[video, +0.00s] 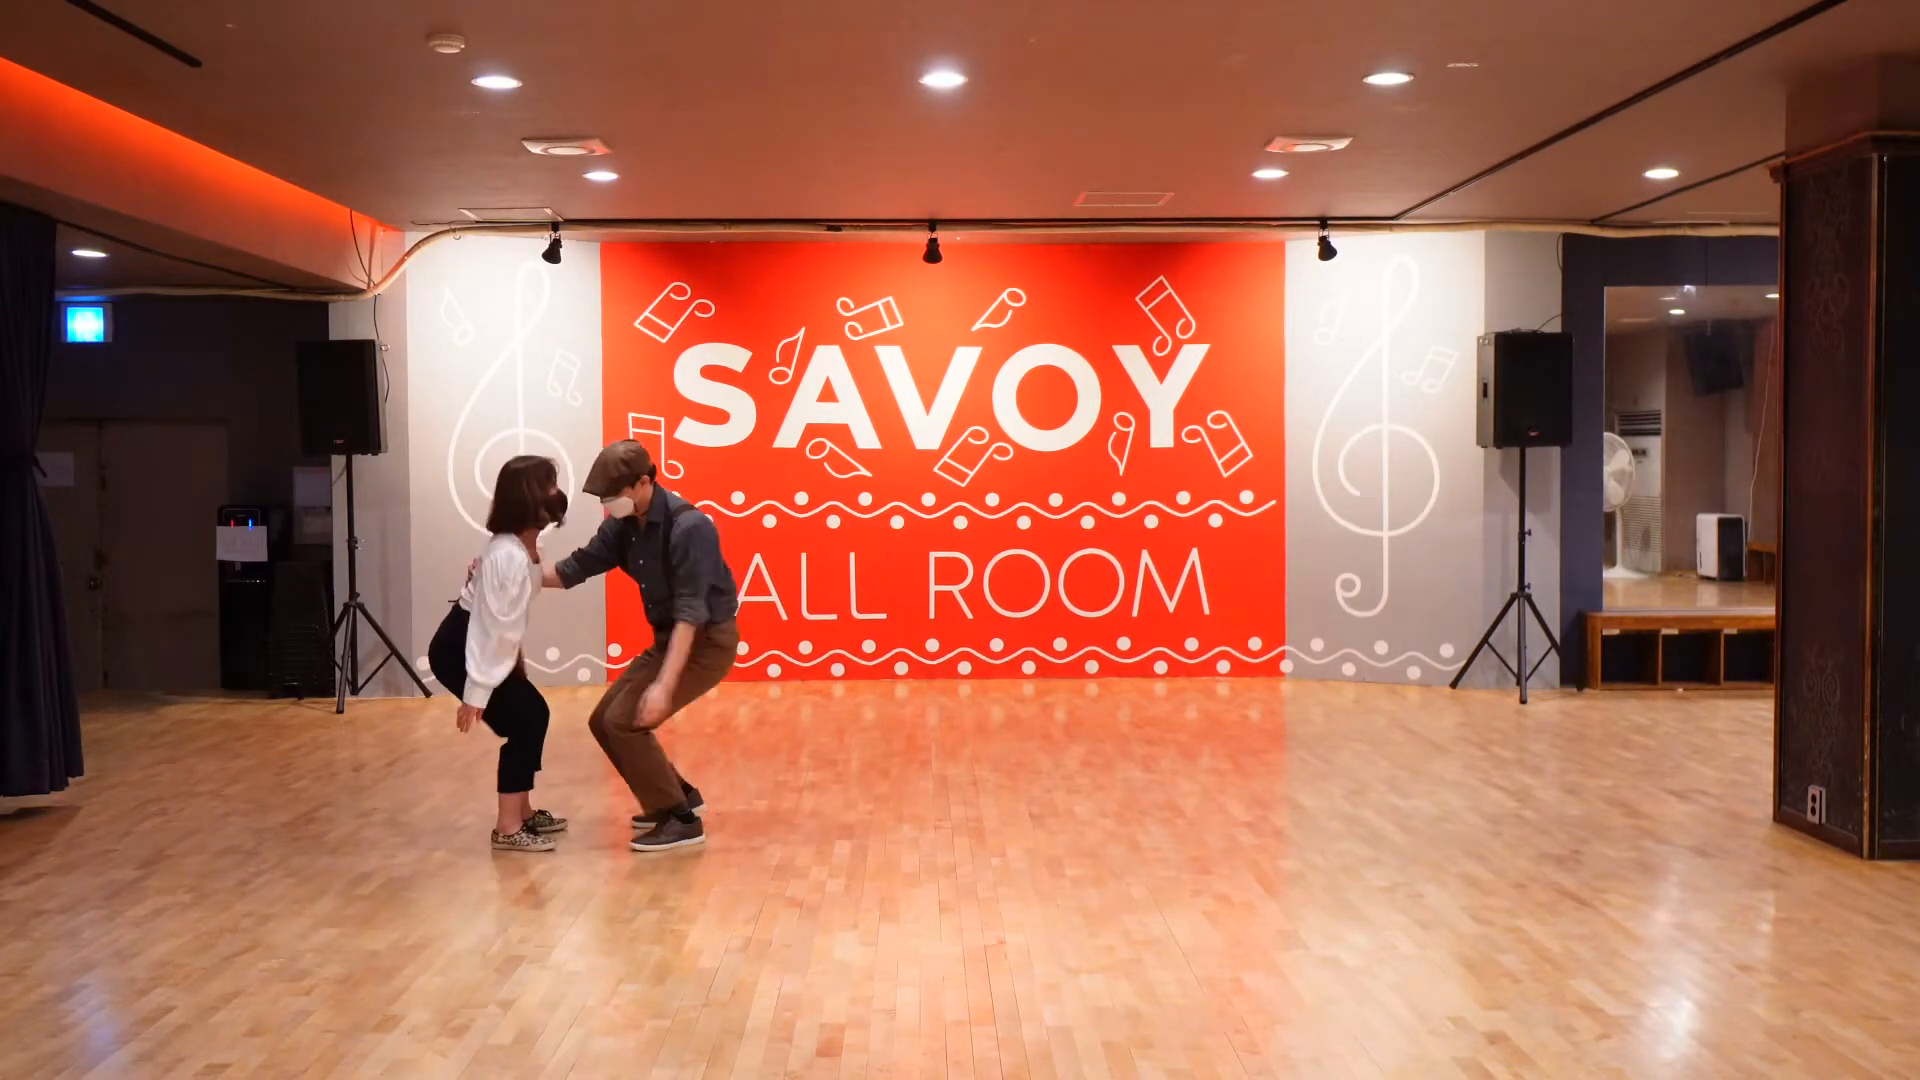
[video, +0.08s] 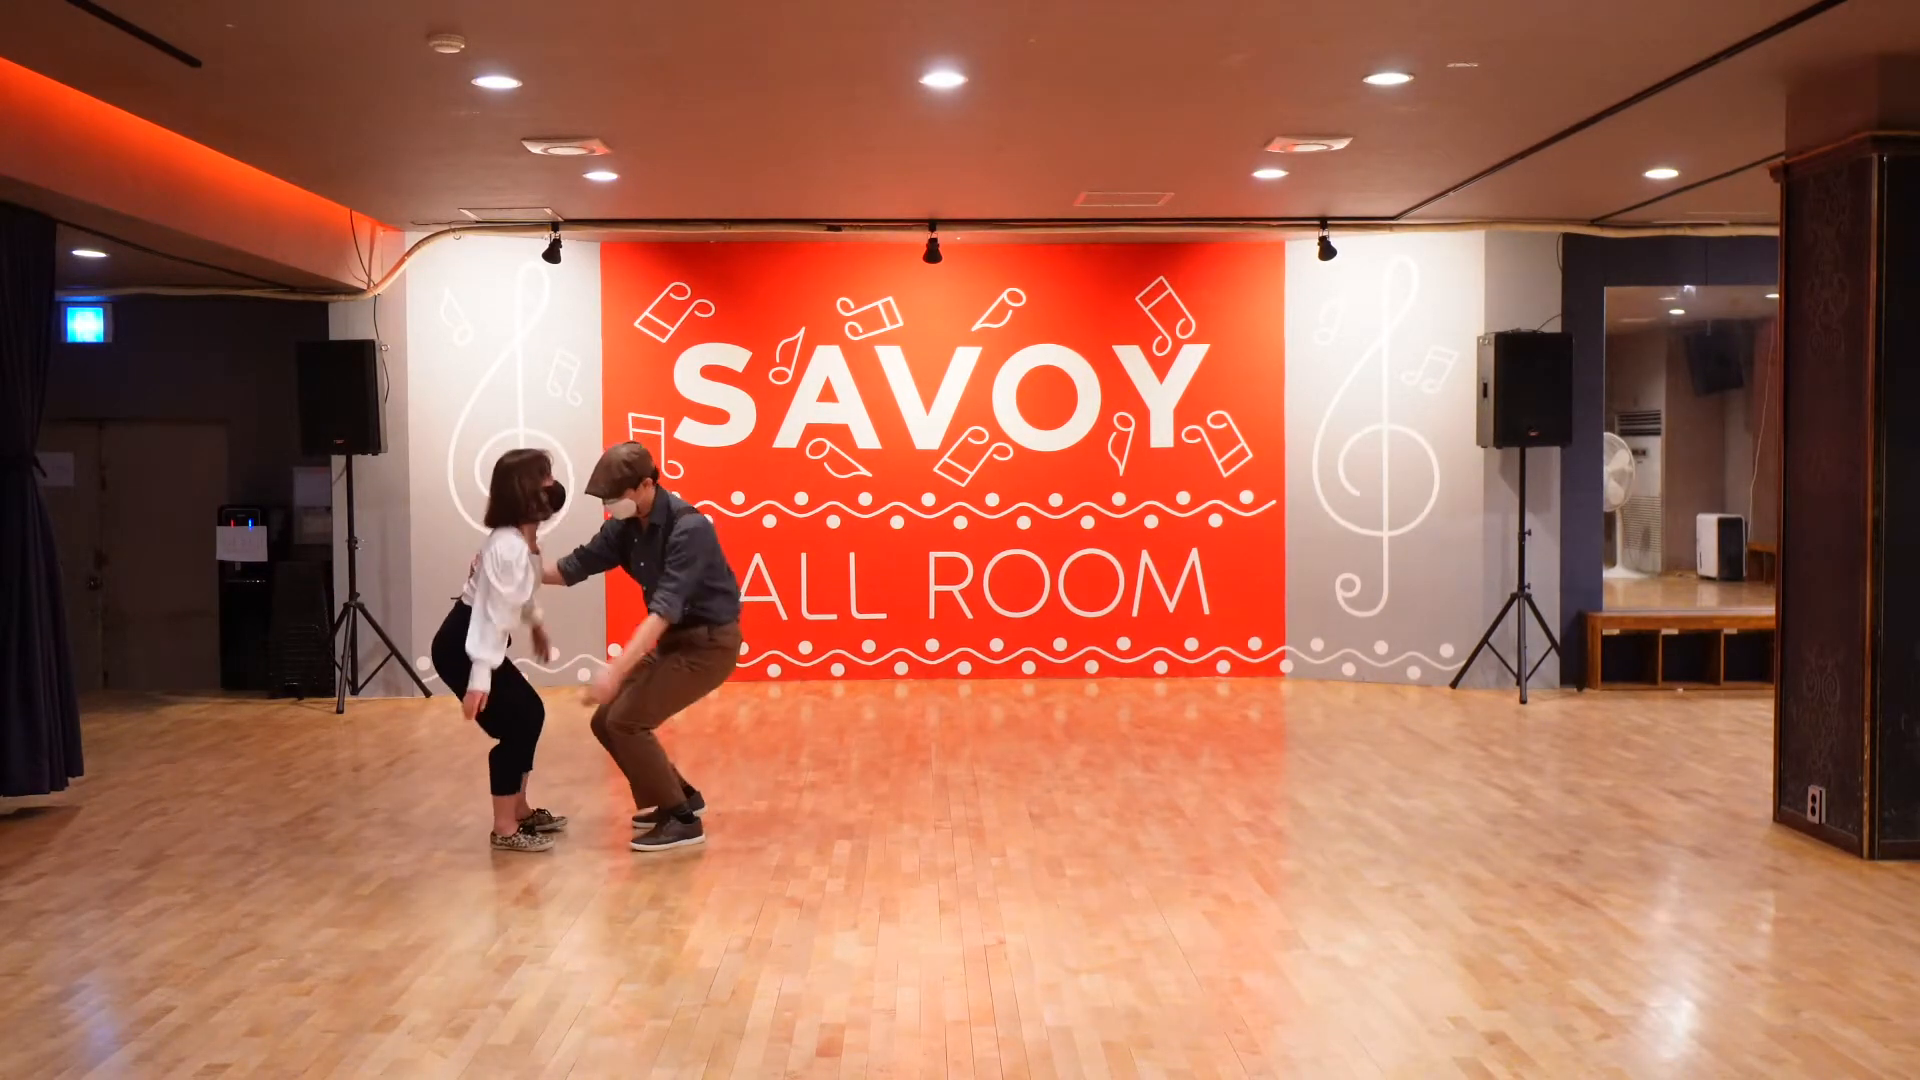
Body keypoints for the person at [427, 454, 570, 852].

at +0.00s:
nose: (559, 491)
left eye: (556, 484)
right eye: (552, 485)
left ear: (518, 497)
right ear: (534, 496)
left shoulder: (521, 549)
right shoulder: (508, 556)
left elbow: (507, 622)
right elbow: (495, 631)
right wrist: (477, 694)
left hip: (479, 645)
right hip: (459, 654)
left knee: (535, 712)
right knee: (526, 719)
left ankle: (520, 812)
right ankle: (508, 828)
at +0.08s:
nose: (554, 483)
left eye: (551, 476)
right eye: (547, 477)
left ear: (517, 491)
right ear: (529, 490)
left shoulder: (524, 541)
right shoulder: (507, 547)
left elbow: (521, 593)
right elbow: (491, 614)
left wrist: (538, 625)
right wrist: (480, 678)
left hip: (482, 639)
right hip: (460, 647)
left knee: (532, 711)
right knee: (516, 722)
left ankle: (518, 810)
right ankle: (504, 829)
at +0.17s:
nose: (549, 480)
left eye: (548, 473)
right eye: (542, 474)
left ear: (521, 483)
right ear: (524, 483)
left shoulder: (523, 529)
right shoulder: (508, 534)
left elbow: (531, 565)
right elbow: (503, 585)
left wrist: (560, 579)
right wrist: (498, 632)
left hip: (475, 635)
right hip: (460, 639)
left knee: (533, 712)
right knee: (522, 717)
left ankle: (523, 814)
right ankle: (508, 828)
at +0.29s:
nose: (545, 474)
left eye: (545, 467)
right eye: (538, 468)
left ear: (536, 473)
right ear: (518, 474)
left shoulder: (537, 511)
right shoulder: (502, 516)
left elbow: (557, 520)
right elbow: (513, 534)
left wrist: (586, 515)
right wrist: (535, 532)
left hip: (491, 629)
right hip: (466, 631)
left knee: (530, 711)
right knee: (507, 722)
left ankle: (521, 814)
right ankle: (504, 829)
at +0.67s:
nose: (561, 467)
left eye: (558, 459)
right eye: (551, 461)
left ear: (541, 473)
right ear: (529, 473)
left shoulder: (553, 524)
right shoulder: (510, 527)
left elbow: (567, 564)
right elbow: (516, 591)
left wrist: (590, 556)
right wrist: (568, 576)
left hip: (521, 632)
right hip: (488, 635)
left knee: (574, 709)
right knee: (528, 724)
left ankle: (561, 797)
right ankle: (509, 829)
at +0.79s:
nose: (563, 472)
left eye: (563, 464)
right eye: (553, 467)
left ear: (562, 468)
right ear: (531, 477)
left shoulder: (563, 520)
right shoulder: (512, 529)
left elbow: (575, 584)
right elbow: (512, 599)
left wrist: (598, 555)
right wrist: (547, 629)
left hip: (535, 629)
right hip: (498, 633)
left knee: (576, 716)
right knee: (526, 722)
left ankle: (568, 805)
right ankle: (511, 826)